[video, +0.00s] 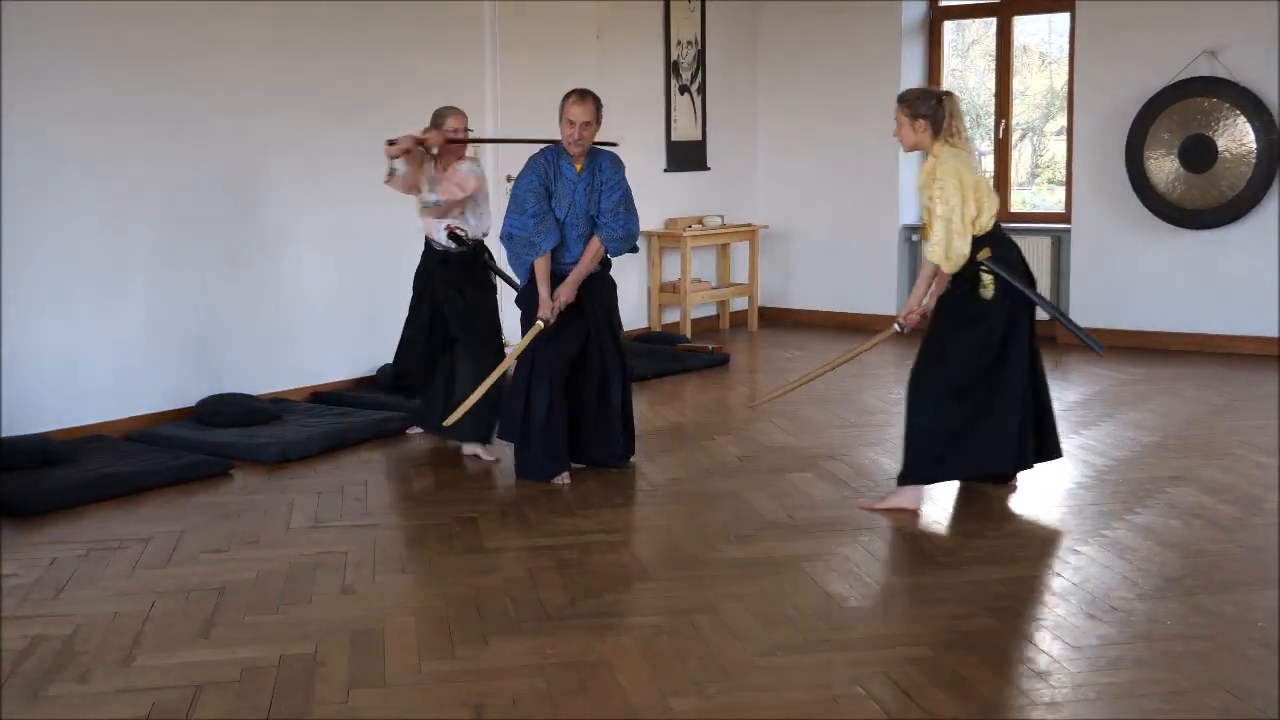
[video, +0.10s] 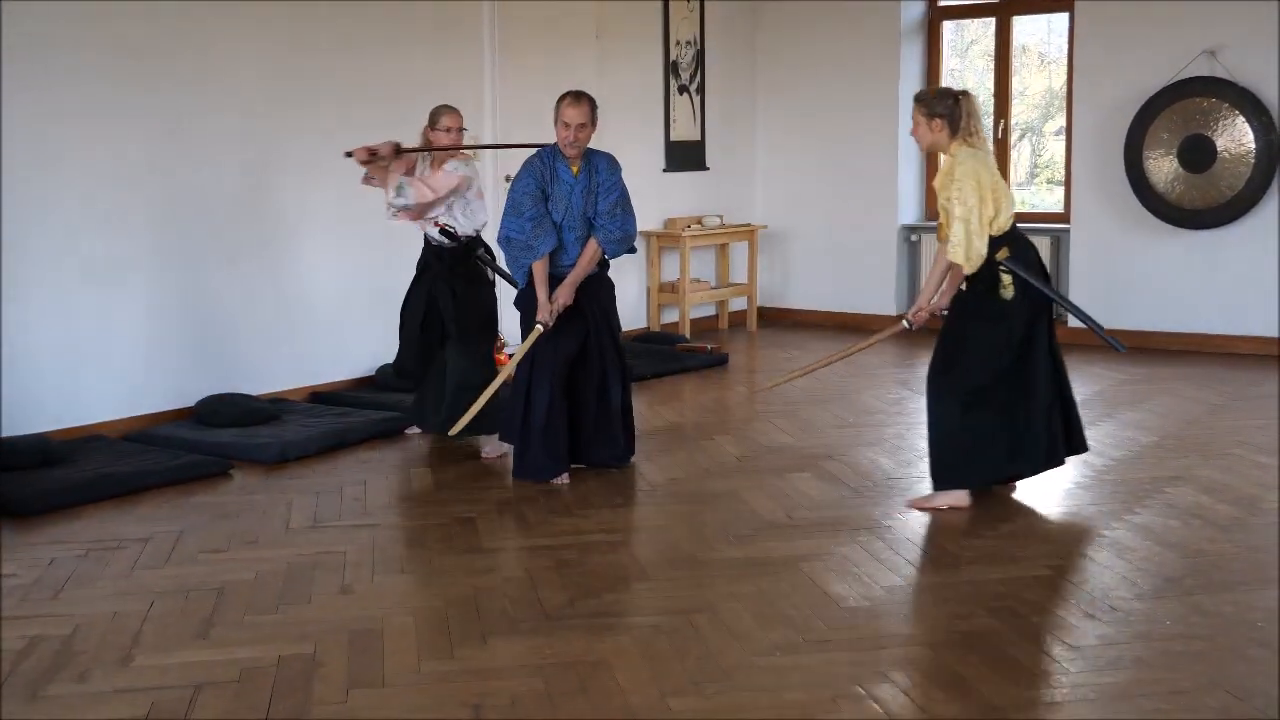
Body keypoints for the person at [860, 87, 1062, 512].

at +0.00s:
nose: (895, 133)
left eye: (899, 124)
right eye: (896, 124)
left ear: (921, 125)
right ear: (928, 125)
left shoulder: (947, 166)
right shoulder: (945, 160)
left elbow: (952, 242)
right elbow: (937, 240)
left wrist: (930, 298)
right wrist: (916, 295)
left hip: (981, 278)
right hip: (999, 271)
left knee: (928, 374)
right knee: (993, 368)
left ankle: (910, 487)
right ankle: (1001, 465)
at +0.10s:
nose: (913, 133)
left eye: (917, 124)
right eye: (913, 125)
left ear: (938, 125)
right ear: (943, 124)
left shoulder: (961, 167)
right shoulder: (966, 161)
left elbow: (966, 246)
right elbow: (949, 241)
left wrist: (944, 296)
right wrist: (925, 298)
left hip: (996, 280)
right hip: (1011, 273)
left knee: (946, 375)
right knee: (996, 370)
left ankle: (953, 487)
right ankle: (1002, 467)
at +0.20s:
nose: (928, 130)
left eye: (932, 122)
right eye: (928, 122)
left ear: (954, 123)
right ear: (957, 122)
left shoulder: (979, 165)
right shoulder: (972, 163)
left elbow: (980, 241)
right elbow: (959, 236)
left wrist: (957, 291)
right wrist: (932, 292)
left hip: (1011, 277)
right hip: (1005, 273)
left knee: (974, 373)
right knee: (980, 372)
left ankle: (997, 482)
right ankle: (993, 478)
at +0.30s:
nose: (944, 128)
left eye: (947, 120)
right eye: (944, 120)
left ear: (969, 121)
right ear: (973, 120)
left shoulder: (995, 163)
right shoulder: (984, 160)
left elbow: (988, 240)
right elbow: (967, 233)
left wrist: (960, 288)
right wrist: (934, 287)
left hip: (1027, 275)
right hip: (1011, 273)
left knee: (1025, 369)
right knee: (977, 360)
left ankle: (1046, 474)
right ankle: (995, 461)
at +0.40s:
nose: (958, 123)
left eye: (962, 116)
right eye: (958, 116)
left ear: (984, 118)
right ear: (987, 118)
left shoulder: (1012, 161)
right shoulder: (994, 162)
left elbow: (996, 235)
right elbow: (973, 229)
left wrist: (959, 285)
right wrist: (932, 280)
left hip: (1039, 272)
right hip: (1020, 271)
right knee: (980, 358)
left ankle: (1088, 461)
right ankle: (999, 463)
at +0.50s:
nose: (973, 125)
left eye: (977, 117)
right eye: (973, 117)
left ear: (999, 117)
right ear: (1001, 118)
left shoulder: (1024, 161)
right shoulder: (1007, 160)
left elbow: (1004, 233)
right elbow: (980, 226)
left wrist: (960, 276)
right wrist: (934, 269)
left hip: (1047, 270)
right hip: (1033, 268)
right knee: (988, 357)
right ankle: (996, 467)